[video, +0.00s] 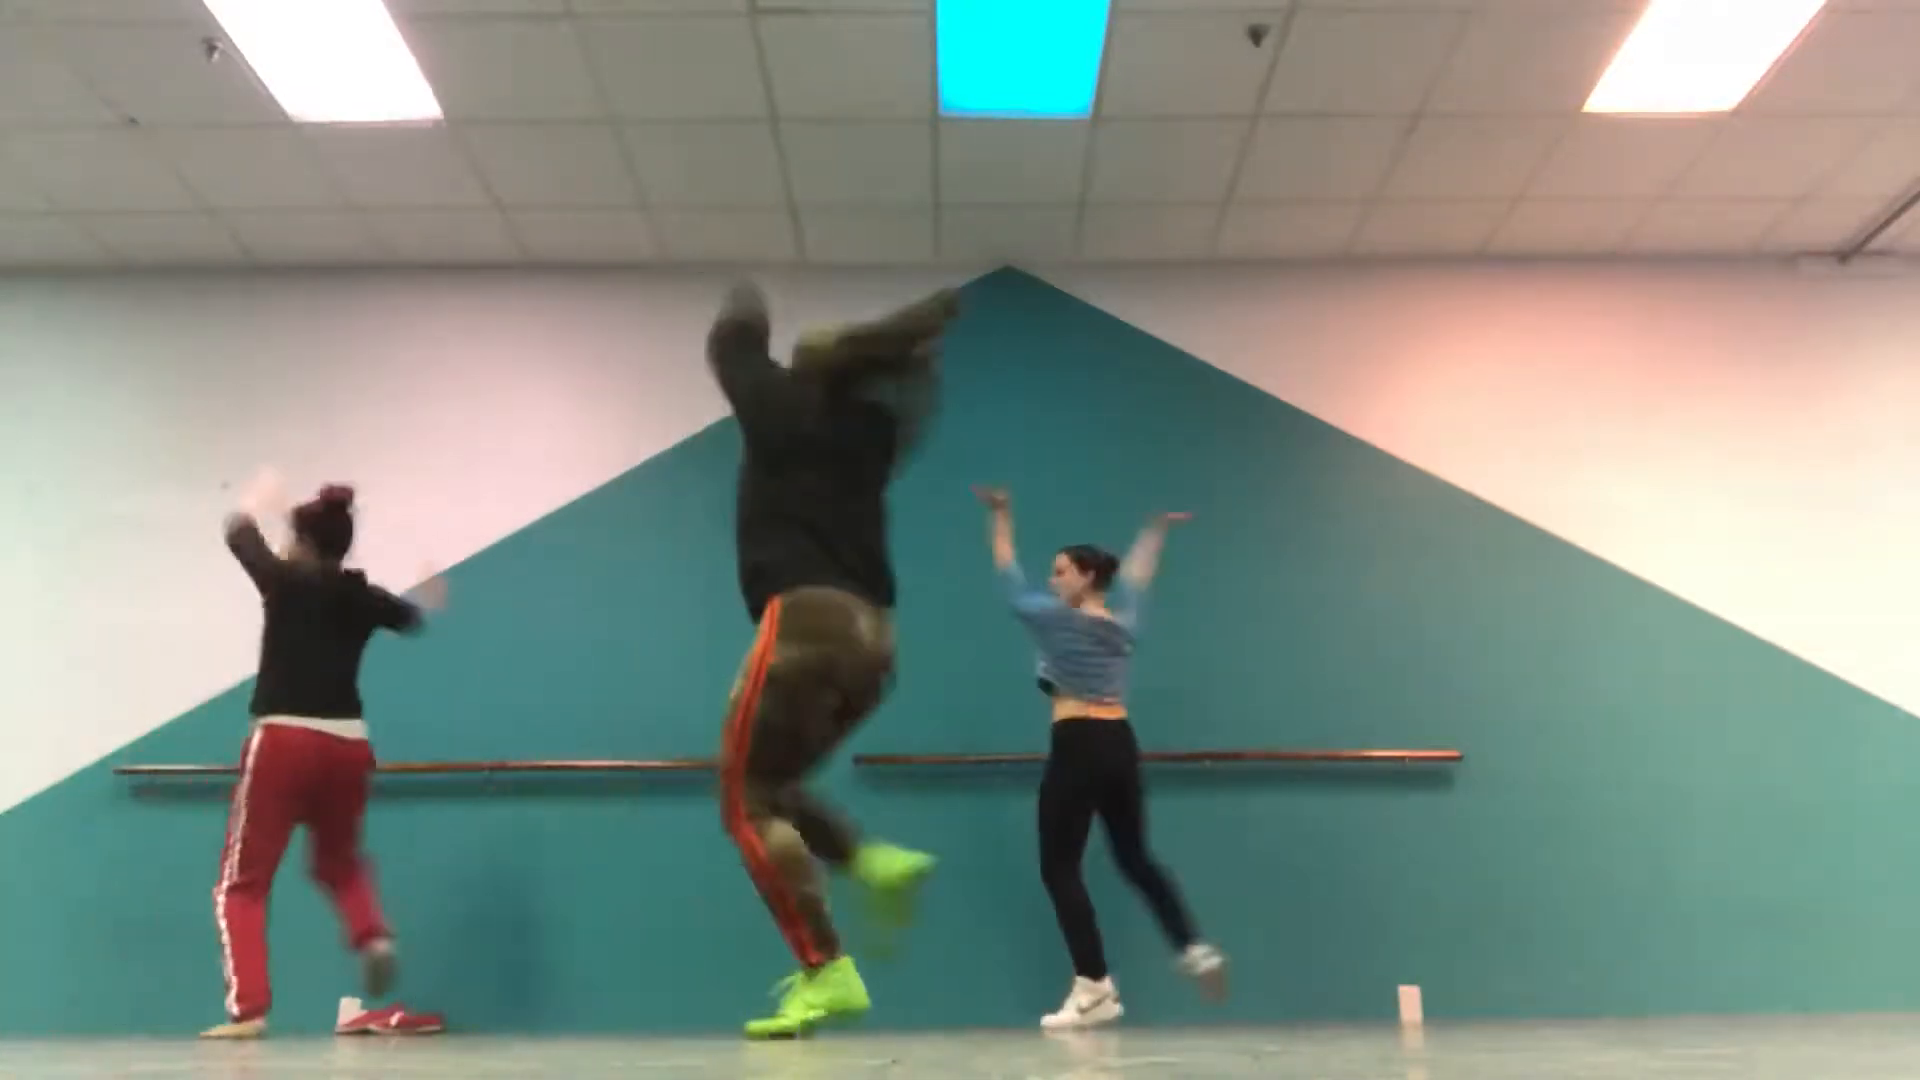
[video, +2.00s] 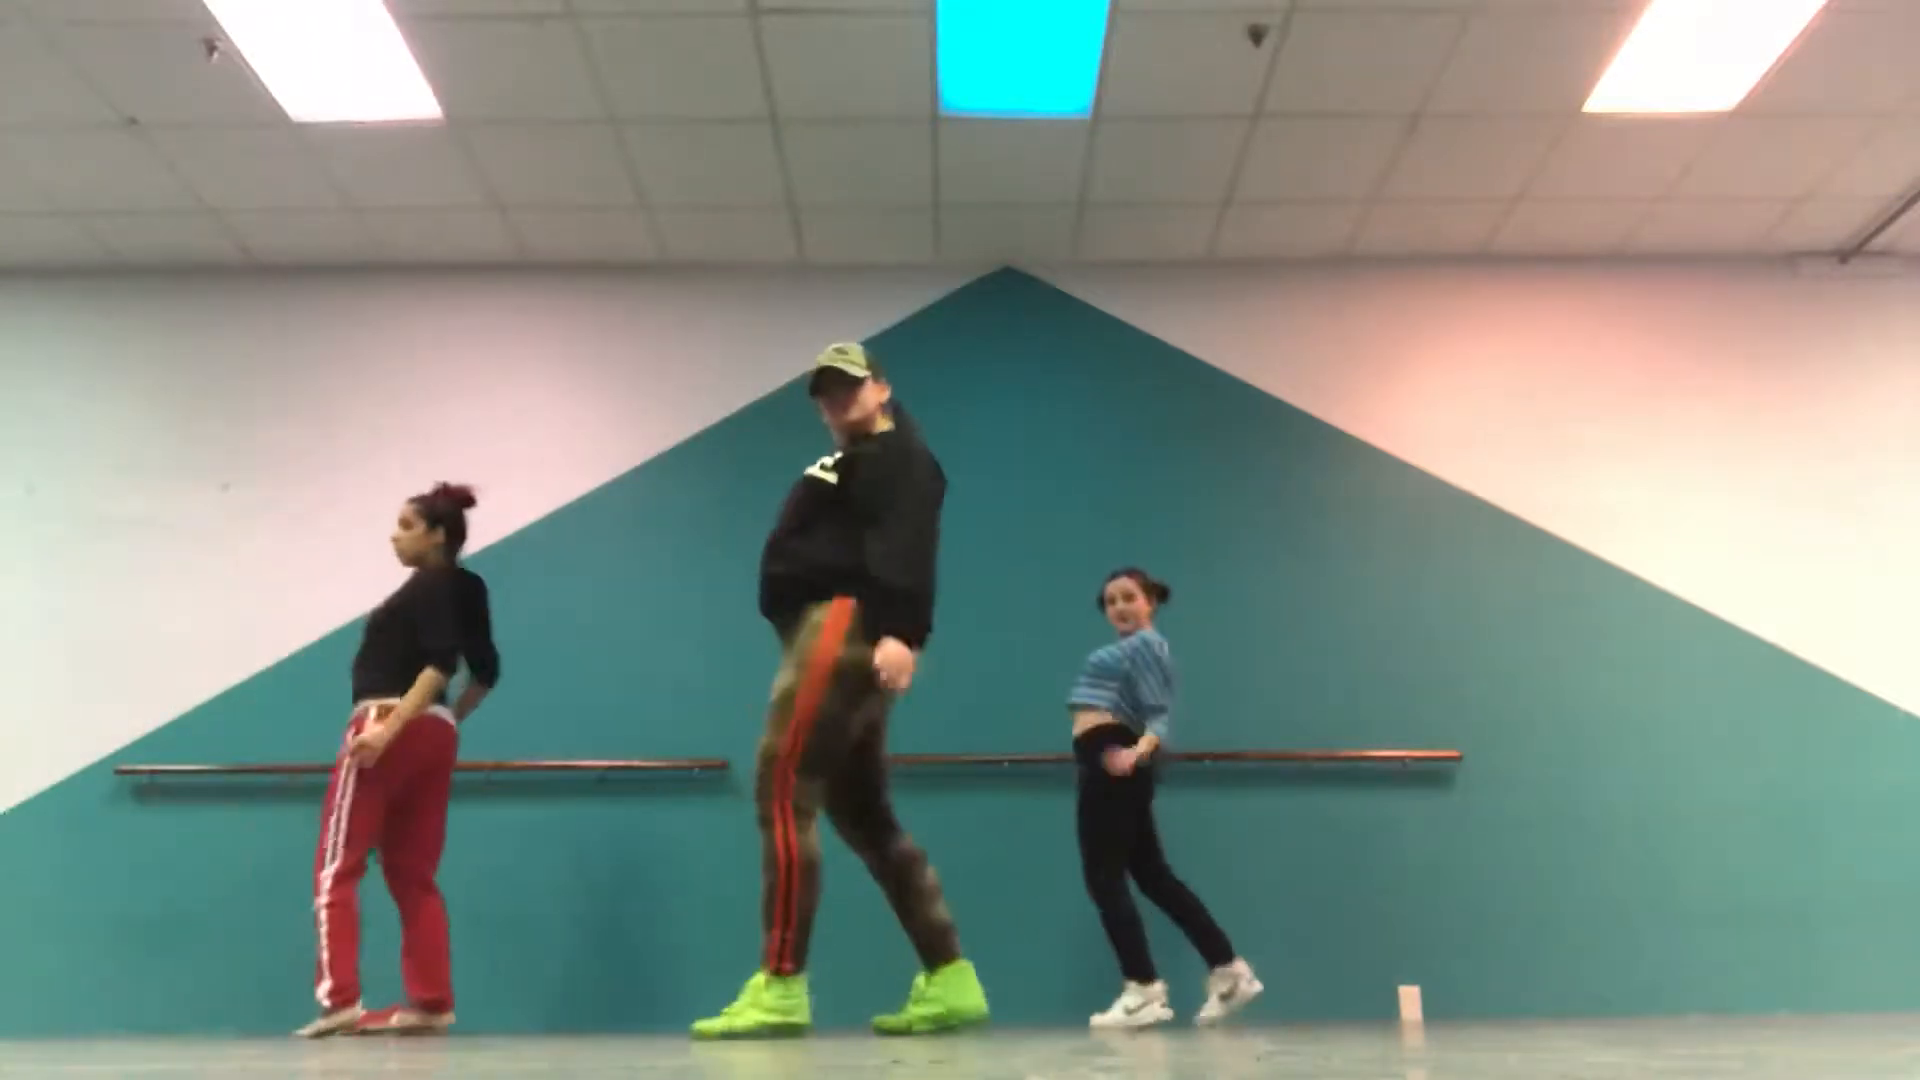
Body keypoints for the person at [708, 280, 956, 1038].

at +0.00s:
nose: (792, 366)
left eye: (797, 358)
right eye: (805, 358)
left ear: (805, 365)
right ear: (861, 377)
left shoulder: (780, 404)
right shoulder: (875, 428)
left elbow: (733, 347)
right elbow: (909, 399)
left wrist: (745, 304)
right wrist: (917, 341)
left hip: (805, 623)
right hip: (873, 635)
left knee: (748, 802)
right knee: (773, 785)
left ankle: (824, 970)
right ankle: (870, 858)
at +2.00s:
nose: (834, 403)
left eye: (846, 389)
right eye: (824, 395)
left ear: (880, 390)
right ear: (820, 406)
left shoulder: (899, 455)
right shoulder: (842, 461)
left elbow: (908, 539)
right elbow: (809, 541)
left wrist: (903, 631)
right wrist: (797, 624)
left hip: (845, 619)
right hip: (825, 622)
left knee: (785, 787)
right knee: (862, 811)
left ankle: (780, 985)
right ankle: (949, 976)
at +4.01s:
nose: (920, 360)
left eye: (921, 347)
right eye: (908, 345)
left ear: (883, 350)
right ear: (869, 344)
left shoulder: (877, 411)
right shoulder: (844, 395)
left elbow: (924, 492)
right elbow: (914, 474)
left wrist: (1001, 510)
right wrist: (1001, 513)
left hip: (866, 591)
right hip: (838, 583)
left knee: (892, 779)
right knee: (925, 741)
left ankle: (870, 980)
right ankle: (761, 834)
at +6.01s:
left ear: (891, 425)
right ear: (952, 417)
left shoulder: (879, 475)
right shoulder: (998, 455)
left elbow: (846, 559)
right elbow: (1049, 518)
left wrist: (902, 524)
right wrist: (990, 530)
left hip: (927, 653)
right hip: (1023, 648)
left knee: (873, 805)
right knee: (1082, 801)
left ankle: (854, 955)